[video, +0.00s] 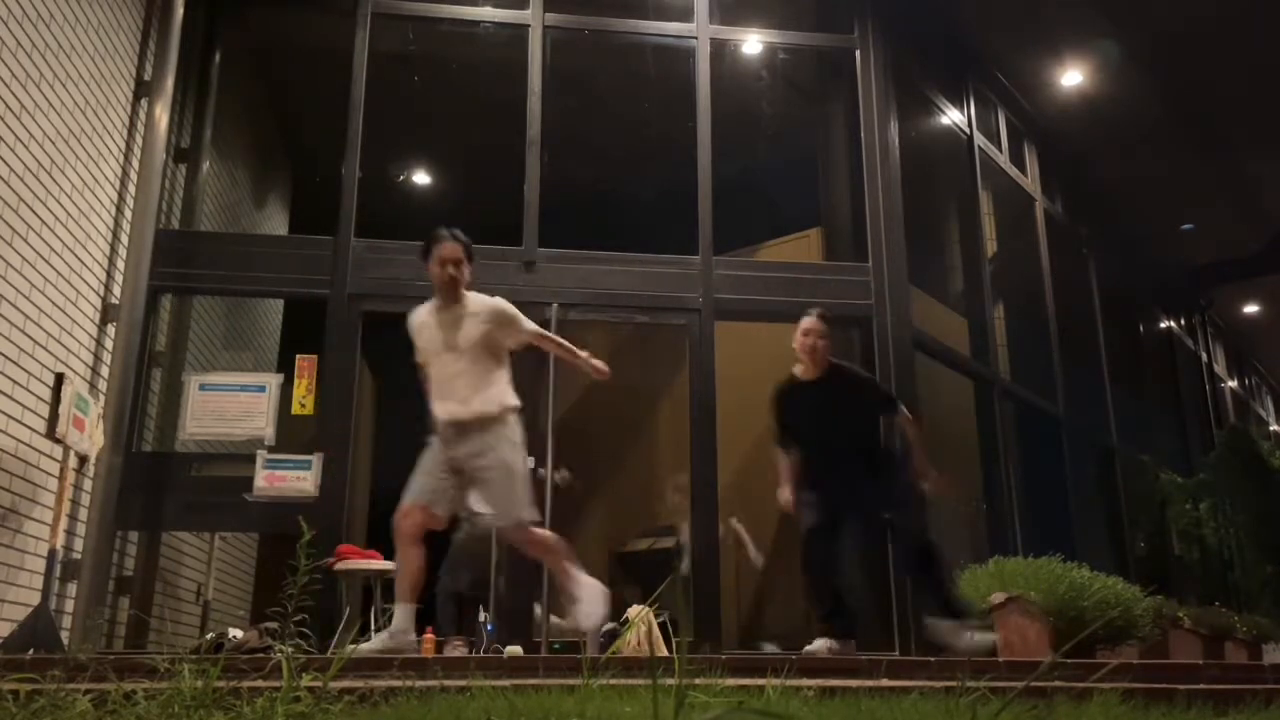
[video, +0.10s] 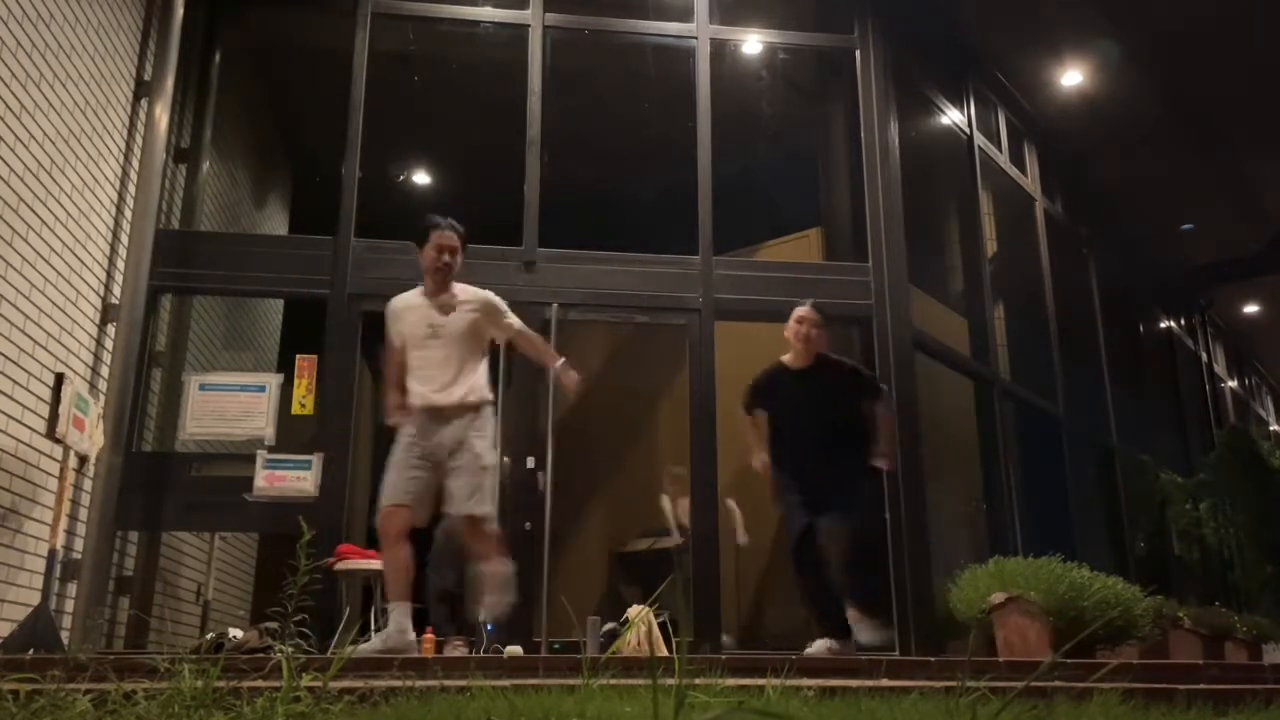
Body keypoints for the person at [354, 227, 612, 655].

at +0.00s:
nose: (451, 272)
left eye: (458, 264)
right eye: (443, 264)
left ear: (469, 269)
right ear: (428, 269)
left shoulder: (493, 311)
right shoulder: (419, 320)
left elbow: (541, 339)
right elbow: (429, 373)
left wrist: (584, 360)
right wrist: (441, 415)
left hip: (496, 433)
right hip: (446, 438)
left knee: (516, 530)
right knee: (408, 523)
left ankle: (585, 589)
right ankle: (401, 630)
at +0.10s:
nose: (446, 260)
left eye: (453, 253)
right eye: (438, 251)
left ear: (462, 259)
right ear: (421, 255)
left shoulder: (481, 304)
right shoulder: (400, 308)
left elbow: (520, 337)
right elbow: (394, 364)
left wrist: (559, 366)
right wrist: (394, 407)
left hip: (472, 422)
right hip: (419, 424)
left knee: (473, 520)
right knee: (392, 521)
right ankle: (400, 630)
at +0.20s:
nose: (443, 257)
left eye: (450, 252)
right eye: (437, 249)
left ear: (455, 260)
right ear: (416, 252)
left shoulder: (470, 306)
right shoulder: (384, 307)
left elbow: (499, 360)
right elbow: (365, 363)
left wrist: (524, 407)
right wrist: (351, 412)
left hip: (449, 427)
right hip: (393, 423)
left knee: (437, 528)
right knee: (372, 519)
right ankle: (394, 627)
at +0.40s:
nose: (441, 278)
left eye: (444, 272)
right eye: (433, 270)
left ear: (443, 279)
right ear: (406, 273)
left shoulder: (445, 336)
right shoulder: (369, 318)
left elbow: (457, 391)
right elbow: (336, 368)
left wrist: (460, 416)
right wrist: (336, 399)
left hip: (407, 443)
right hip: (358, 426)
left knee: (365, 546)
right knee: (348, 518)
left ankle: (287, 625)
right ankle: (373, 622)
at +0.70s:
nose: (449, 265)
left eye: (451, 257)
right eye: (442, 255)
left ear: (447, 261)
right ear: (414, 253)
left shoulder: (439, 312)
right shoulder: (381, 284)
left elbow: (467, 366)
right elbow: (362, 311)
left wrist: (496, 330)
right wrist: (421, 286)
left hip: (401, 420)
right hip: (356, 410)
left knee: (443, 504)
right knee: (337, 511)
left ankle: (374, 593)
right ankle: (267, 617)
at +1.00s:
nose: (499, 295)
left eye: (502, 288)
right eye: (492, 286)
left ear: (501, 292)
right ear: (467, 287)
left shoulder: (492, 344)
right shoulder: (443, 330)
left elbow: (487, 411)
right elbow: (415, 390)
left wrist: (513, 455)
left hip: (462, 456)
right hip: (410, 448)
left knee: (504, 534)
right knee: (359, 542)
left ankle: (539, 636)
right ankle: (267, 619)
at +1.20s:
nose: (533, 272)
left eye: (538, 264)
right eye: (523, 265)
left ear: (545, 267)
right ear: (505, 269)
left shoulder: (550, 315)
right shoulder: (490, 316)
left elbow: (560, 373)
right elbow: (444, 367)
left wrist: (568, 405)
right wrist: (407, 422)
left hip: (518, 434)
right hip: (473, 427)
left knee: (540, 526)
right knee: (414, 516)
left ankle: (540, 634)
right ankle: (331, 568)